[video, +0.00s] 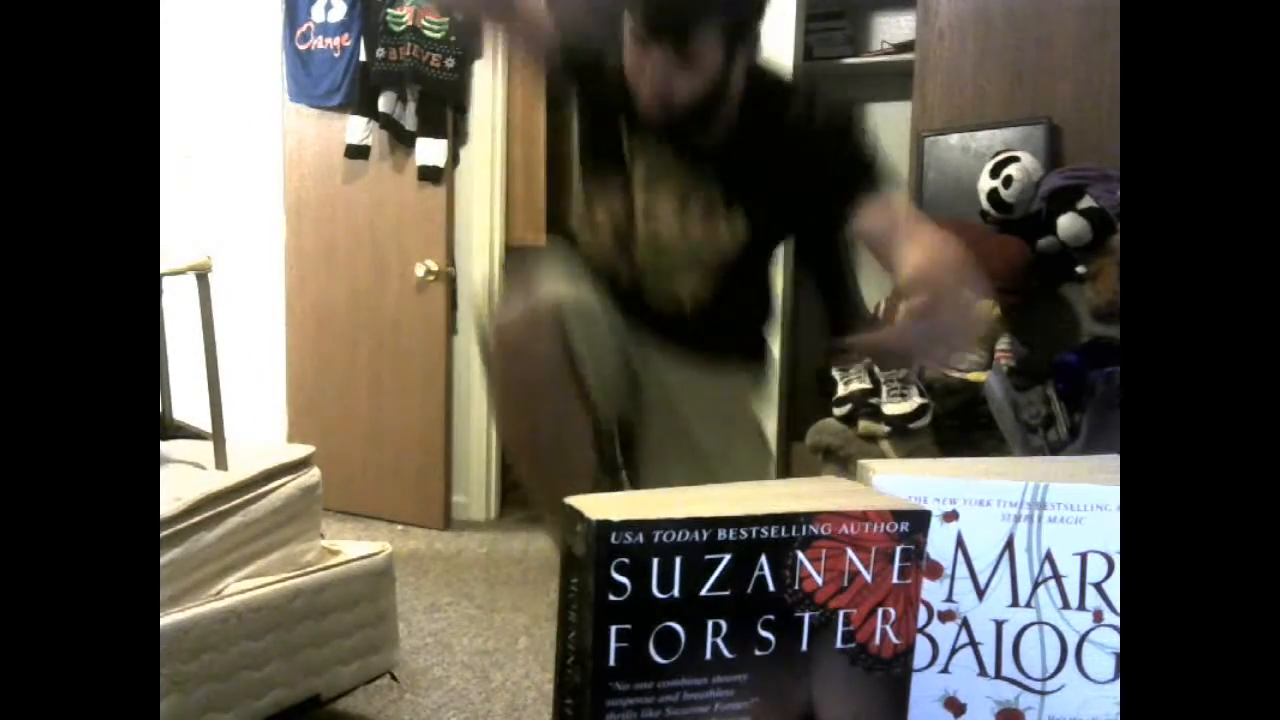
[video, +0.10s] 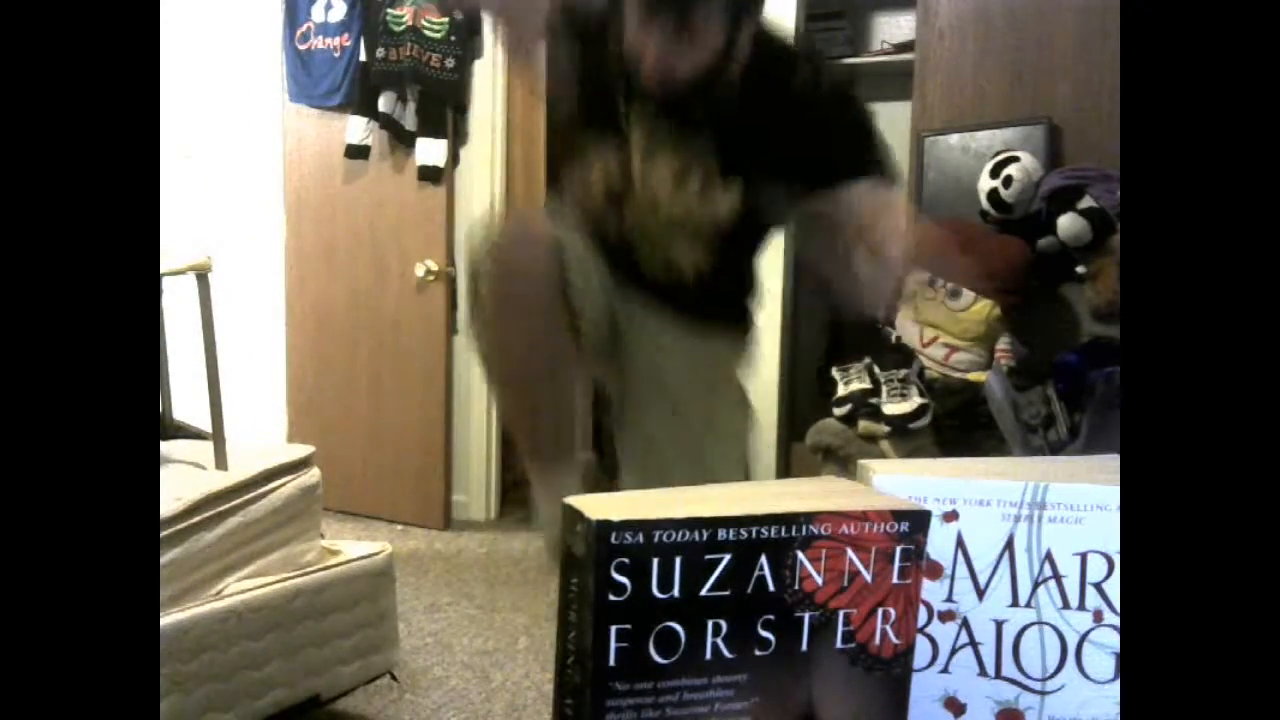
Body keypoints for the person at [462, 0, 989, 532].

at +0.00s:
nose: (651, 80)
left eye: (681, 62)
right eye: (640, 51)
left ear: (737, 52)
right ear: (624, 30)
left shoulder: (796, 127)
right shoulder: (595, 66)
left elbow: (901, 234)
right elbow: (509, 19)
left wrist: (937, 290)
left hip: (710, 371)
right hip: (601, 336)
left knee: (724, 571)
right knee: (527, 313)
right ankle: (588, 556)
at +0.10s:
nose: (656, 61)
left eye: (684, 40)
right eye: (645, 34)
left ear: (738, 24)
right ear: (627, 10)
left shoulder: (791, 89)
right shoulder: (585, 39)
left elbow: (873, 217)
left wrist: (884, 259)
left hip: (695, 331)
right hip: (586, 285)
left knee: (704, 537)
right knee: (514, 246)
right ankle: (561, 503)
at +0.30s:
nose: (666, 42)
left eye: (698, 19)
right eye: (653, 12)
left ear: (738, 22)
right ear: (626, 1)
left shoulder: (762, 125)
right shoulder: (557, 49)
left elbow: (713, 342)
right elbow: (443, 208)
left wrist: (701, 258)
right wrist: (506, 165)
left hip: (654, 342)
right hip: (536, 313)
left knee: (634, 539)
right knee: (527, 238)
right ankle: (519, 507)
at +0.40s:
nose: (640, 129)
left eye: (671, 107)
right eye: (628, 95)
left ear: (717, 96)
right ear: (605, 63)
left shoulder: (738, 188)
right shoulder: (538, 106)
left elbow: (690, 362)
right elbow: (480, 265)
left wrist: (655, 372)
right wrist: (572, 355)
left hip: (633, 357)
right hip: (524, 329)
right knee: (498, 377)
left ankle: (568, 616)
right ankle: (486, 621)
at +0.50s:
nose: (622, 135)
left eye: (657, 117)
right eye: (605, 99)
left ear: (704, 96)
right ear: (580, 63)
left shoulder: (735, 193)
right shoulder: (515, 122)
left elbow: (732, 350)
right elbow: (468, 294)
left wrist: (708, 333)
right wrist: (618, 391)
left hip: (643, 385)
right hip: (511, 350)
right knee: (485, 437)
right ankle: (485, 672)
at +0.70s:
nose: (626, 122)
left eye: (658, 101)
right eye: (607, 86)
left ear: (698, 84)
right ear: (576, 51)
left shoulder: (715, 160)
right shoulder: (515, 110)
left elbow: (738, 284)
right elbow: (501, 272)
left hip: (620, 410)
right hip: (506, 375)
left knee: (581, 658)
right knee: (452, 379)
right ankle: (481, 642)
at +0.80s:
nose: (635, 95)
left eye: (665, 74)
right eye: (617, 65)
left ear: (706, 59)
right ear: (583, 30)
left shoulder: (706, 134)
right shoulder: (519, 94)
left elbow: (814, 228)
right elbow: (529, 215)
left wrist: (793, 180)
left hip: (643, 388)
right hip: (508, 369)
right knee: (436, 347)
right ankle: (473, 628)